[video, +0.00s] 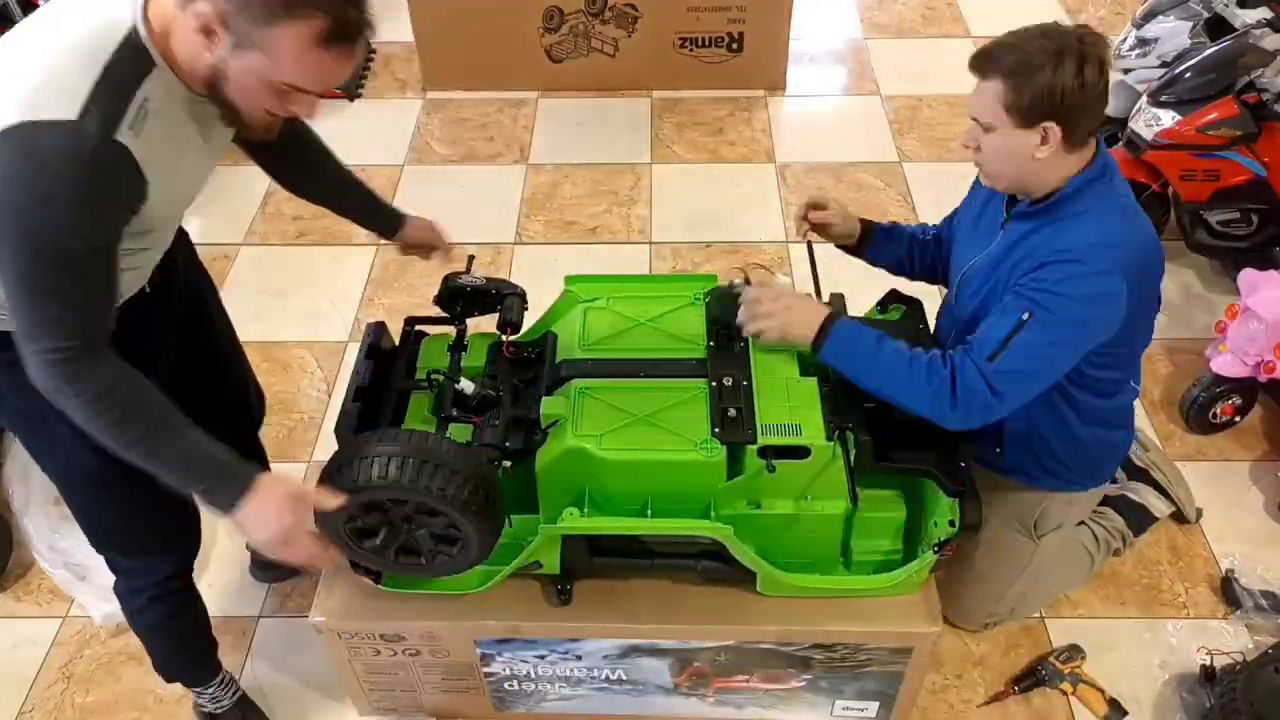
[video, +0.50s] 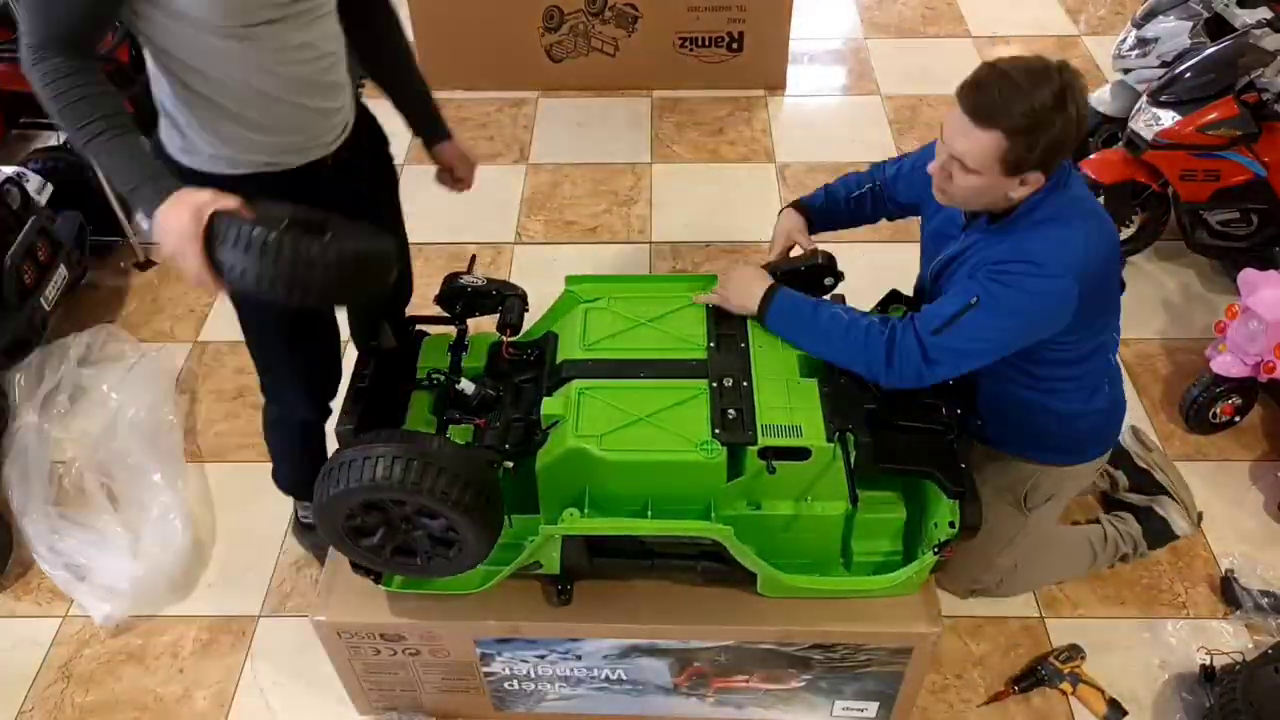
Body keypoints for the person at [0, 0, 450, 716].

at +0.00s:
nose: (303, 113)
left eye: (321, 93)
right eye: (288, 91)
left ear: (213, 23)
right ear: (210, 30)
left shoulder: (209, 39)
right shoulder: (63, 146)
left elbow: (274, 137)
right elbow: (65, 361)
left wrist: (393, 223)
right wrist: (243, 492)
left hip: (150, 261)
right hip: (42, 325)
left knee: (232, 414)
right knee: (150, 535)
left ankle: (274, 548)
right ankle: (207, 685)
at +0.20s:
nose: (164, 10)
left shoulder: (158, 23)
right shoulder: (8, 73)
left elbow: (221, 117)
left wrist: (332, 212)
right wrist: (8, 571)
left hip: (205, 275)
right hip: (99, 358)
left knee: (300, 384)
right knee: (193, 576)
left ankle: (312, 479)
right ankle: (208, 705)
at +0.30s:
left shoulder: (292, 6)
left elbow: (349, 92)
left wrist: (440, 225)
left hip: (260, 186)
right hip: (133, 215)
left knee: (313, 347)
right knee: (223, 416)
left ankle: (313, 473)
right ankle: (267, 554)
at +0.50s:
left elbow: (366, 13)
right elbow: (55, 50)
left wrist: (435, 132)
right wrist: (157, 198)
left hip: (349, 153)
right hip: (236, 184)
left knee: (388, 334)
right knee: (299, 377)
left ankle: (380, 454)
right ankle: (310, 499)